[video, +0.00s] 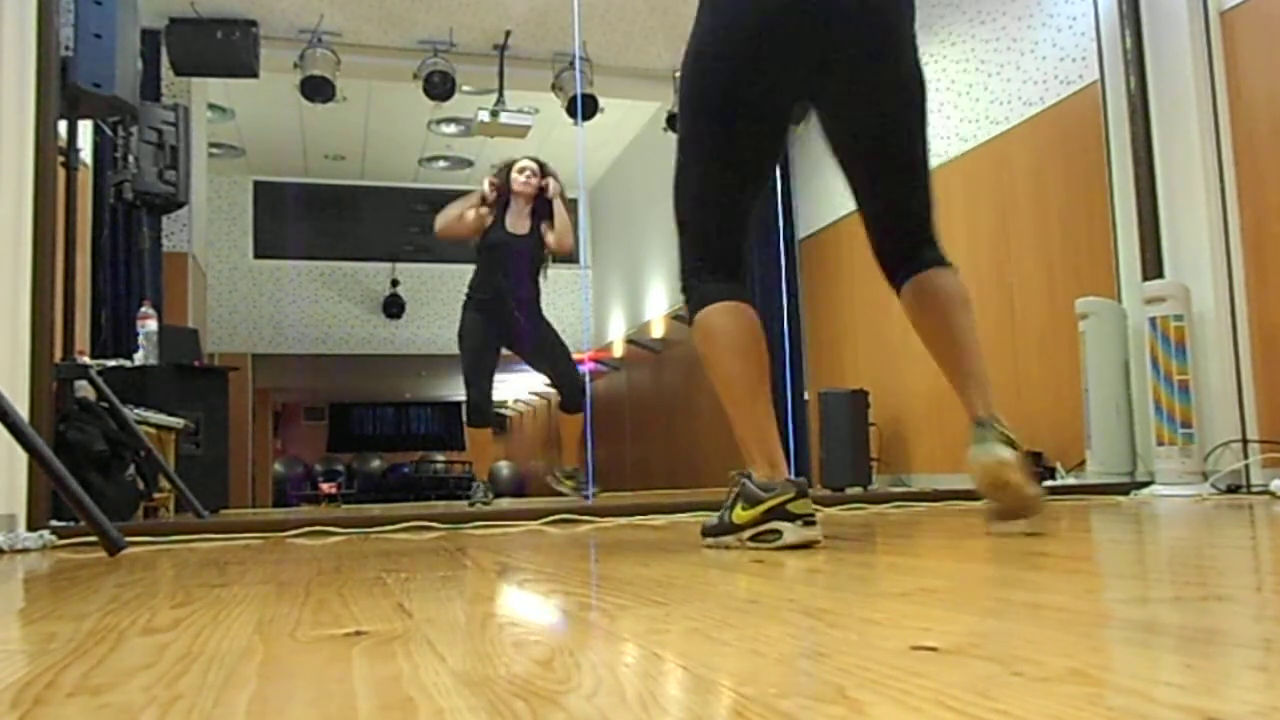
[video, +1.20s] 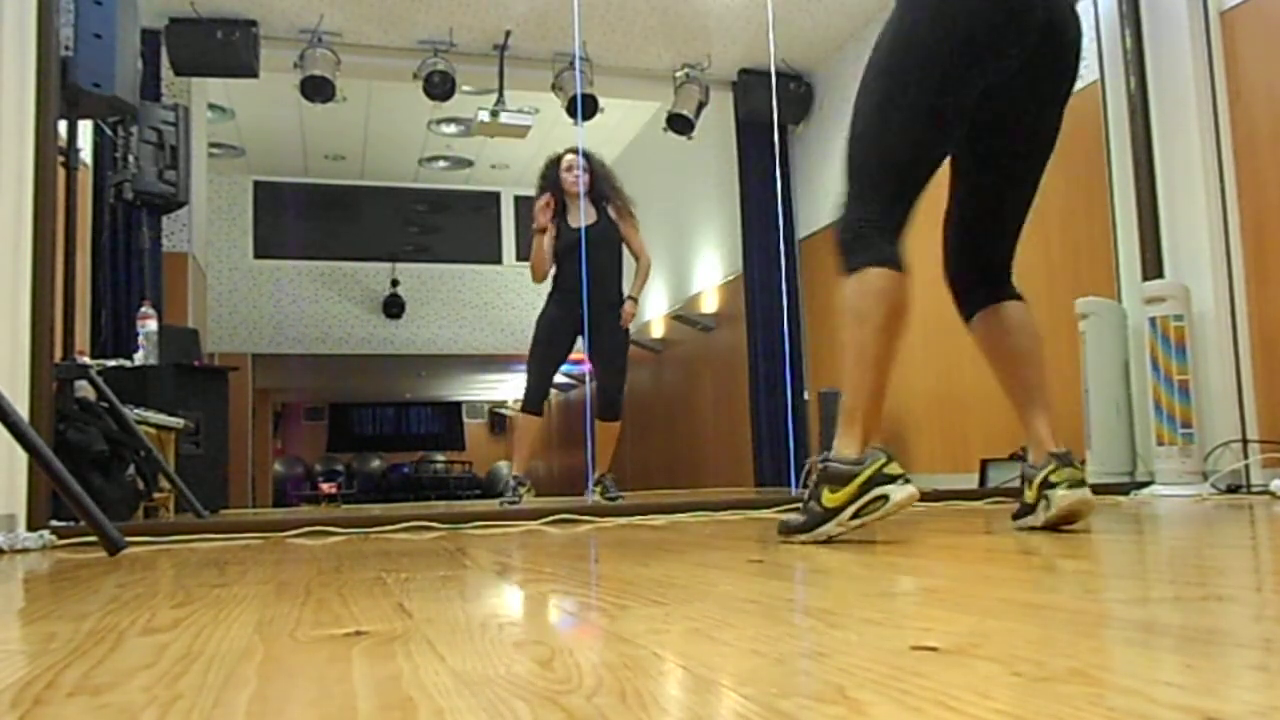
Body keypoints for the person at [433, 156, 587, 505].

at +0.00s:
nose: (528, 177)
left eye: (534, 174)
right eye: (522, 171)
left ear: (539, 188)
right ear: (507, 181)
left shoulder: (542, 223)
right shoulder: (486, 217)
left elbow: (564, 243)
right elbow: (442, 227)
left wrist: (557, 198)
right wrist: (476, 196)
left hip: (526, 318)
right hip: (482, 316)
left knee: (573, 385)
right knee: (478, 398)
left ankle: (568, 470)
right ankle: (481, 483)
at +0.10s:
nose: (530, 182)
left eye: (537, 179)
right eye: (523, 177)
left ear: (544, 191)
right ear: (510, 186)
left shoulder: (551, 227)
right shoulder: (493, 221)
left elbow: (572, 277)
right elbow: (451, 270)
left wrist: (555, 228)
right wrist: (476, 244)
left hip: (528, 321)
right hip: (484, 318)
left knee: (564, 398)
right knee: (470, 397)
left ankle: (593, 473)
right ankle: (480, 483)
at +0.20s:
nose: (534, 188)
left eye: (541, 184)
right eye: (528, 183)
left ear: (549, 196)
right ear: (514, 193)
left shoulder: (561, 238)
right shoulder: (497, 235)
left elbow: (579, 296)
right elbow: (479, 281)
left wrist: (564, 276)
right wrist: (478, 293)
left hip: (538, 329)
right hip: (494, 326)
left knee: (561, 412)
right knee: (467, 400)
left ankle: (593, 478)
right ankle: (480, 483)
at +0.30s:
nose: (540, 195)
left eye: (547, 190)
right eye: (534, 189)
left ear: (555, 201)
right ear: (521, 199)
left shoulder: (569, 243)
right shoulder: (507, 243)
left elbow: (594, 299)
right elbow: (496, 294)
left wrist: (578, 322)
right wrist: (487, 321)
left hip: (552, 338)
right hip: (509, 337)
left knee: (570, 418)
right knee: (467, 402)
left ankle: (599, 479)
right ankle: (481, 483)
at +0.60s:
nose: (564, 188)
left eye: (570, 183)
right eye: (557, 183)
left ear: (579, 192)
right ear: (544, 192)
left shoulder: (594, 231)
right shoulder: (532, 238)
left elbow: (627, 282)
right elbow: (524, 289)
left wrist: (627, 322)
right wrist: (528, 322)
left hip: (602, 329)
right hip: (559, 332)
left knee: (604, 405)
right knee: (507, 392)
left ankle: (604, 481)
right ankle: (491, 480)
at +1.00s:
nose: (575, 170)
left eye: (580, 164)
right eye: (567, 166)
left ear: (590, 172)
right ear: (556, 176)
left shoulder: (611, 207)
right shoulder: (551, 224)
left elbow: (645, 254)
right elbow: (549, 278)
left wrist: (632, 299)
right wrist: (541, 277)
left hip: (606, 309)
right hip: (562, 308)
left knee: (604, 393)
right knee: (538, 388)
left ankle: (603, 478)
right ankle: (519, 477)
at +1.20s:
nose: (577, 176)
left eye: (583, 170)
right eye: (569, 170)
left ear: (592, 177)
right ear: (557, 179)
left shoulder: (613, 211)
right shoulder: (552, 219)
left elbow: (644, 260)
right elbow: (539, 274)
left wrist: (633, 299)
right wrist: (542, 230)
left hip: (607, 311)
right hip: (562, 310)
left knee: (611, 395)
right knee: (536, 388)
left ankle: (601, 477)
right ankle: (517, 478)